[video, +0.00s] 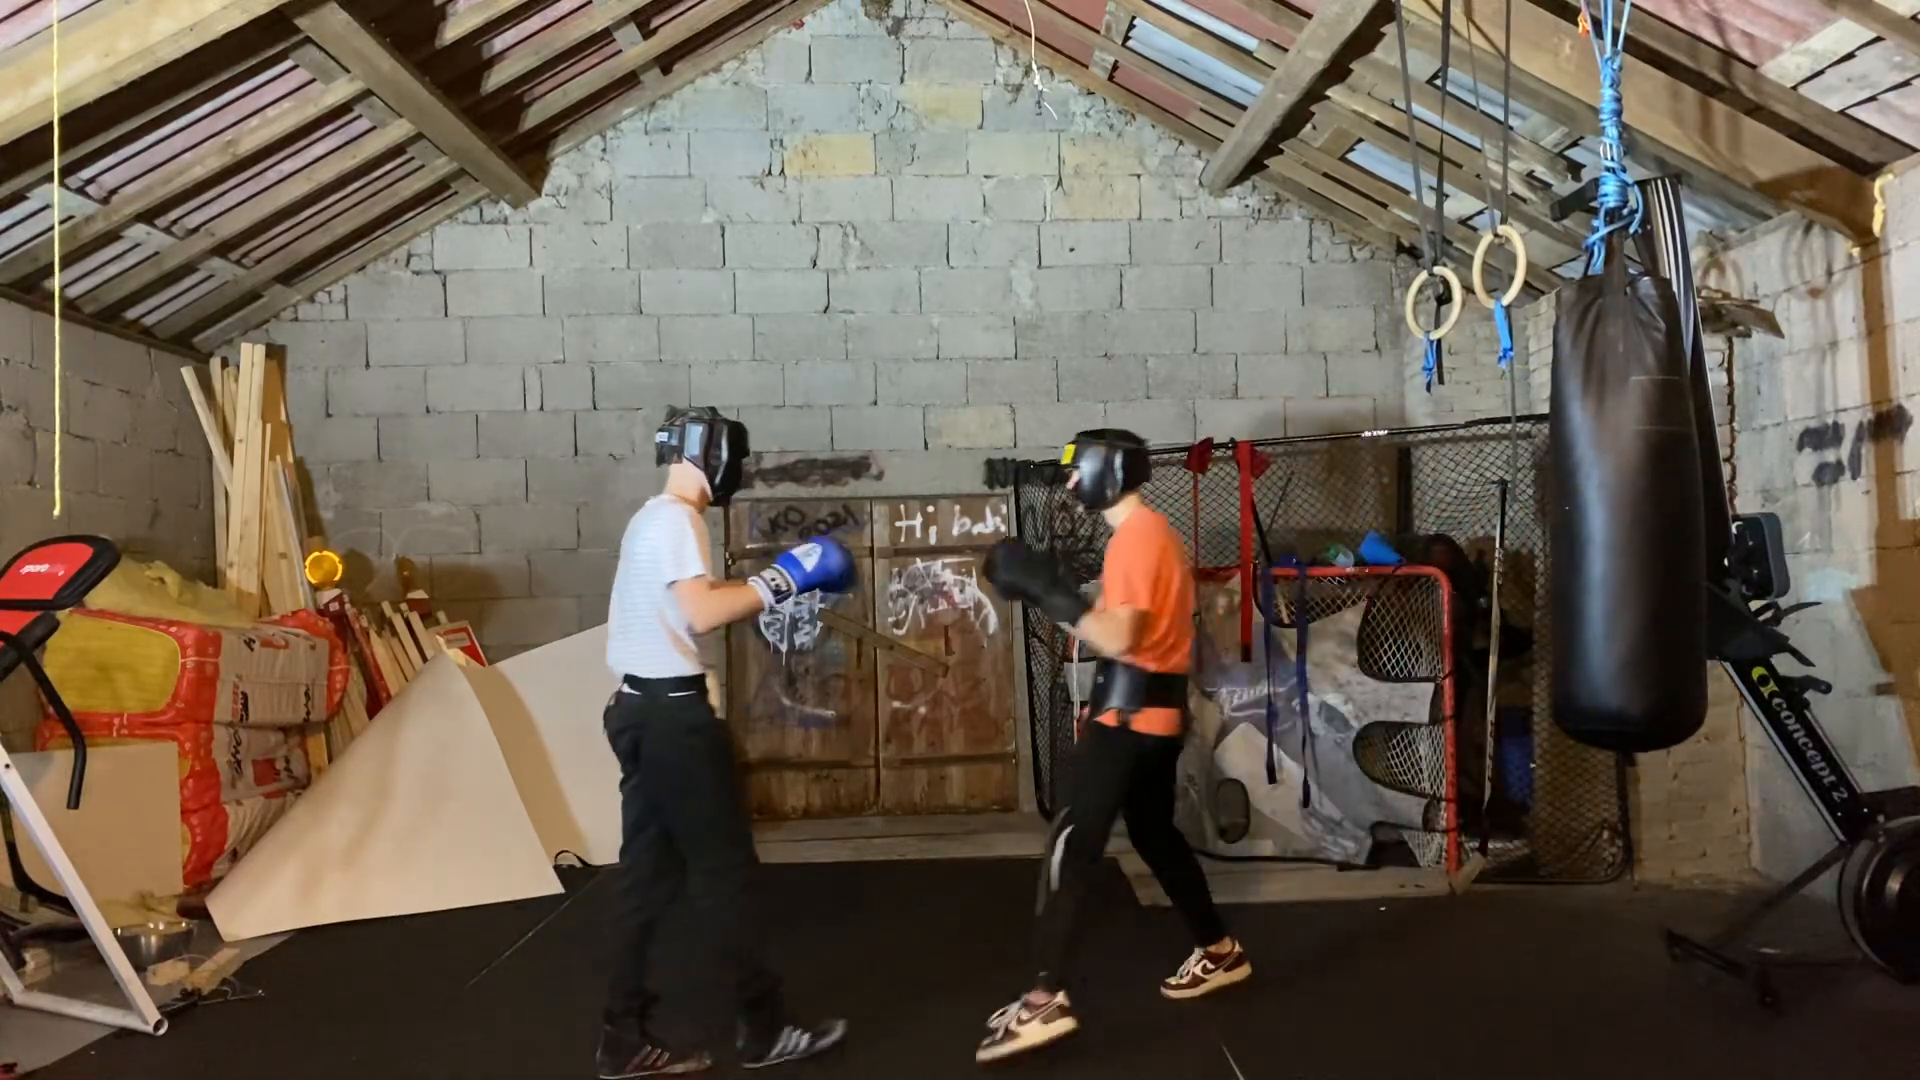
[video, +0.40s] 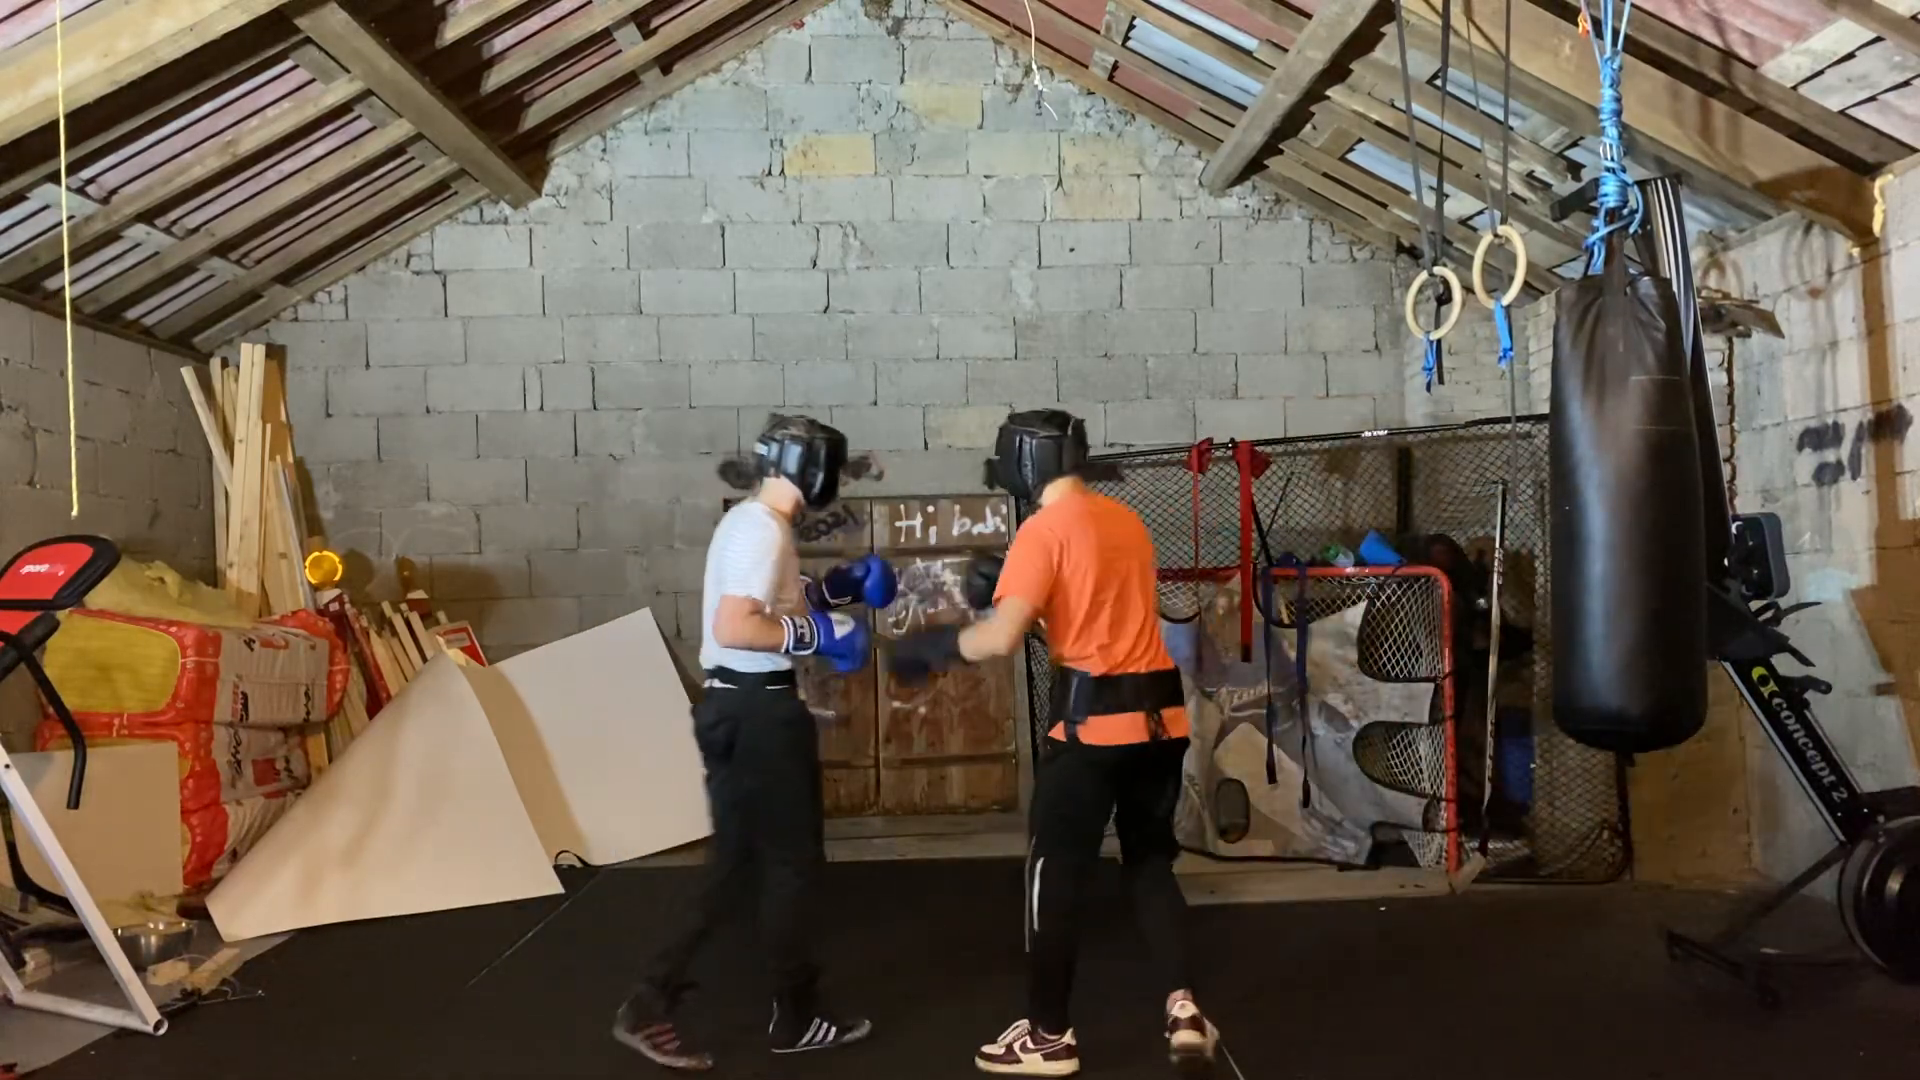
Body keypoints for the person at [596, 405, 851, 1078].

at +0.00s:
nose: (731, 480)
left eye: (732, 466)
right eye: (728, 466)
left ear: (677, 457)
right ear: (707, 459)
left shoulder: (649, 520)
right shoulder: (676, 520)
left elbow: (686, 613)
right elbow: (698, 609)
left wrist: (758, 596)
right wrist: (783, 578)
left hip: (638, 710)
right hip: (674, 714)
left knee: (647, 875)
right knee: (729, 869)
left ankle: (623, 1043)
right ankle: (761, 1027)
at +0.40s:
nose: (830, 488)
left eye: (831, 475)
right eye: (829, 475)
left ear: (776, 464)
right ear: (809, 473)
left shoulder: (752, 523)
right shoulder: (761, 530)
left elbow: (778, 603)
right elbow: (734, 625)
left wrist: (834, 591)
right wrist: (810, 635)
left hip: (734, 706)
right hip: (761, 709)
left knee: (738, 867)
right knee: (793, 863)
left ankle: (648, 1008)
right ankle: (793, 1019)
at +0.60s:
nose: (868, 493)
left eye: (869, 480)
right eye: (866, 480)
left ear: (814, 469)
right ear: (847, 478)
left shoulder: (781, 523)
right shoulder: (804, 538)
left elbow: (804, 603)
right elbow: (775, 630)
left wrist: (857, 577)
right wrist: (855, 637)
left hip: (777, 699)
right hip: (800, 705)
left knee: (818, 844)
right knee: (827, 852)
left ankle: (735, 963)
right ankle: (795, 1019)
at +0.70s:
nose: (878, 483)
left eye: (877, 472)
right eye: (877, 472)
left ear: (823, 462)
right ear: (862, 472)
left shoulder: (794, 519)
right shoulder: (831, 531)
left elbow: (814, 597)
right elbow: (814, 619)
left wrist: (871, 559)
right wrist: (889, 619)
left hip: (794, 690)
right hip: (819, 697)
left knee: (850, 826)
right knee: (829, 843)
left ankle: (816, 984)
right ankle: (795, 1018)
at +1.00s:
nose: (936, 498)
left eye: (937, 488)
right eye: (932, 488)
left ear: (881, 485)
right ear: (915, 490)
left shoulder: (860, 534)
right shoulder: (887, 537)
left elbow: (892, 608)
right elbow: (871, 610)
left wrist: (930, 570)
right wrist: (948, 641)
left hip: (868, 704)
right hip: (879, 707)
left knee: (917, 837)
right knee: (919, 842)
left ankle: (899, 974)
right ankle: (813, 990)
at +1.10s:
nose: (953, 490)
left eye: (954, 479)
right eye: (948, 479)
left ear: (906, 477)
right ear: (927, 480)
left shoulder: (915, 533)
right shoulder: (892, 531)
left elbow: (929, 618)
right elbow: (867, 606)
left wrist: (946, 570)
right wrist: (946, 640)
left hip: (905, 694)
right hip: (896, 697)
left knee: (927, 836)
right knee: (955, 837)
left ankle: (903, 971)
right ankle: (861, 968)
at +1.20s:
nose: (972, 484)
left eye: (972, 473)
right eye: (965, 474)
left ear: (933, 472)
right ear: (943, 475)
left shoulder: (951, 526)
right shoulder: (907, 524)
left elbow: (971, 611)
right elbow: (872, 603)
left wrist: (969, 569)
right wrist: (950, 629)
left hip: (938, 686)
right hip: (913, 690)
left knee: (926, 832)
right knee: (979, 829)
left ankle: (905, 965)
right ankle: (924, 984)